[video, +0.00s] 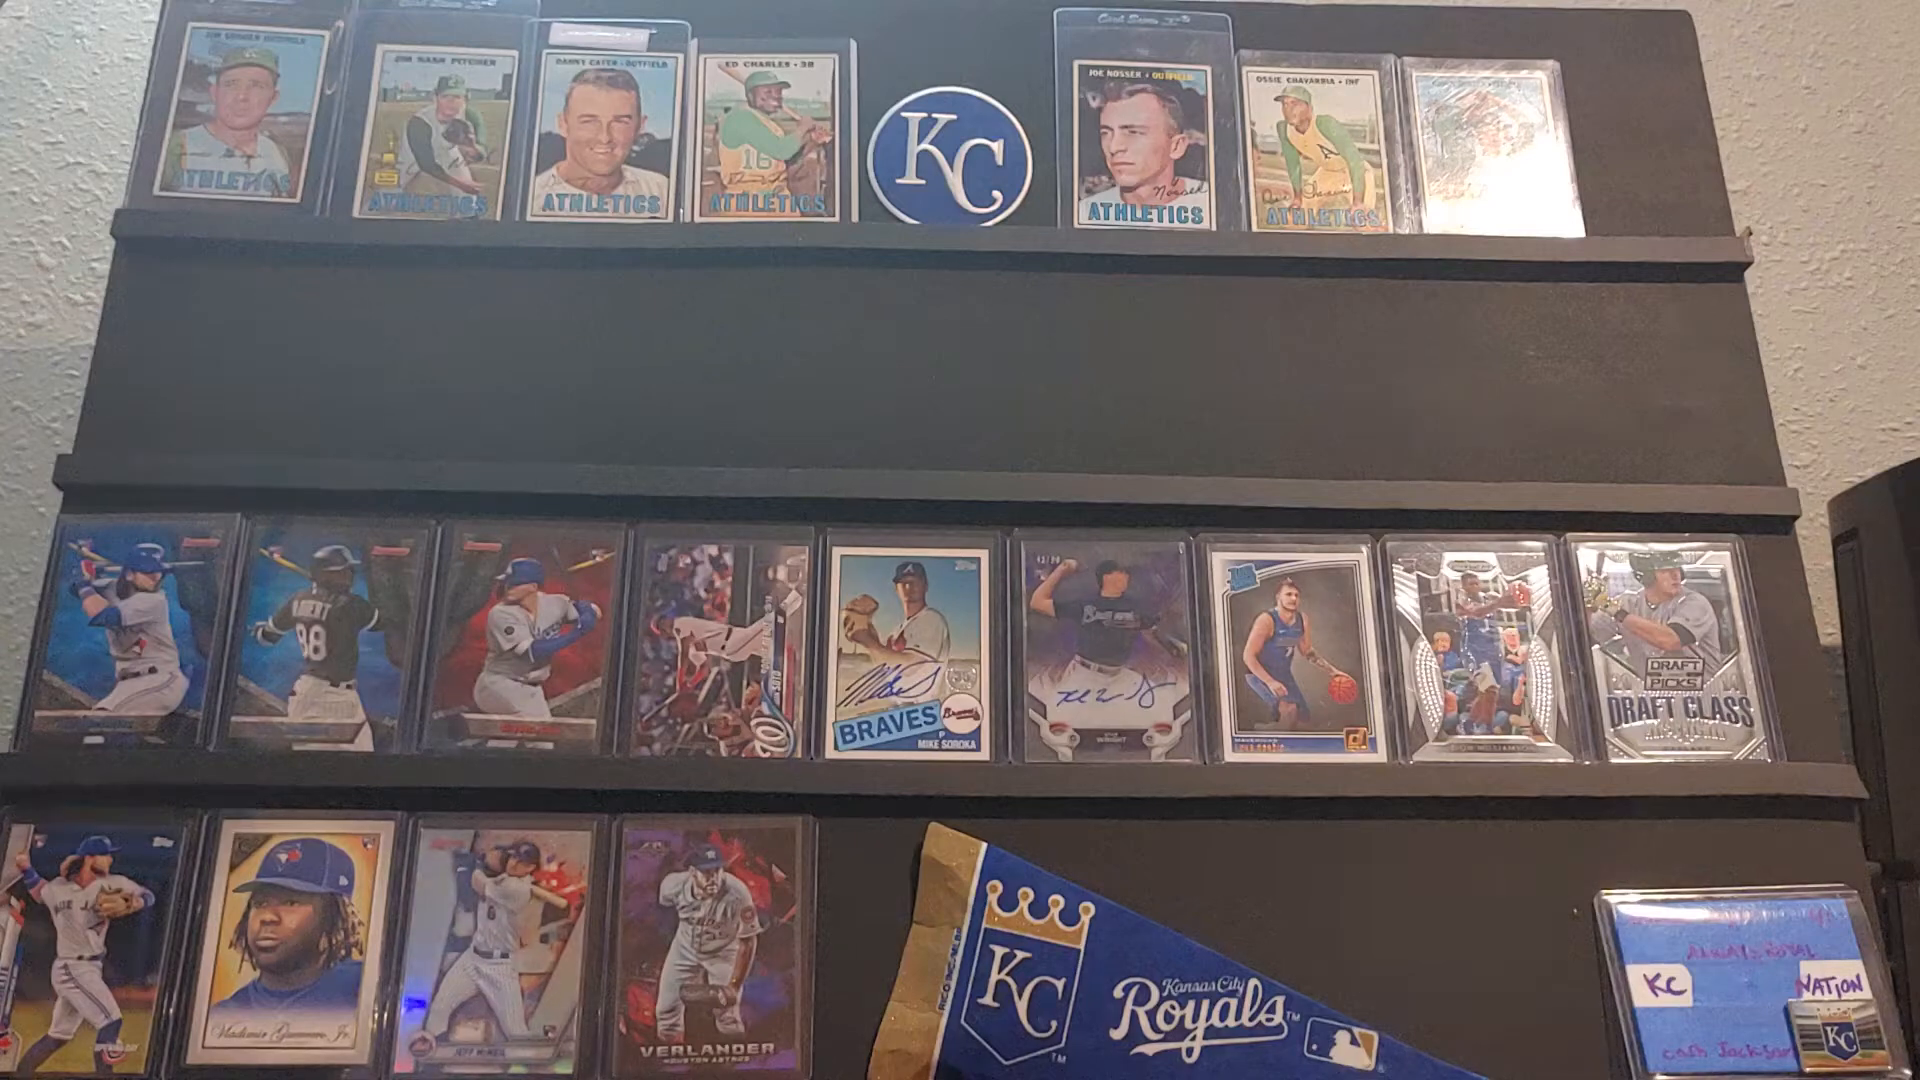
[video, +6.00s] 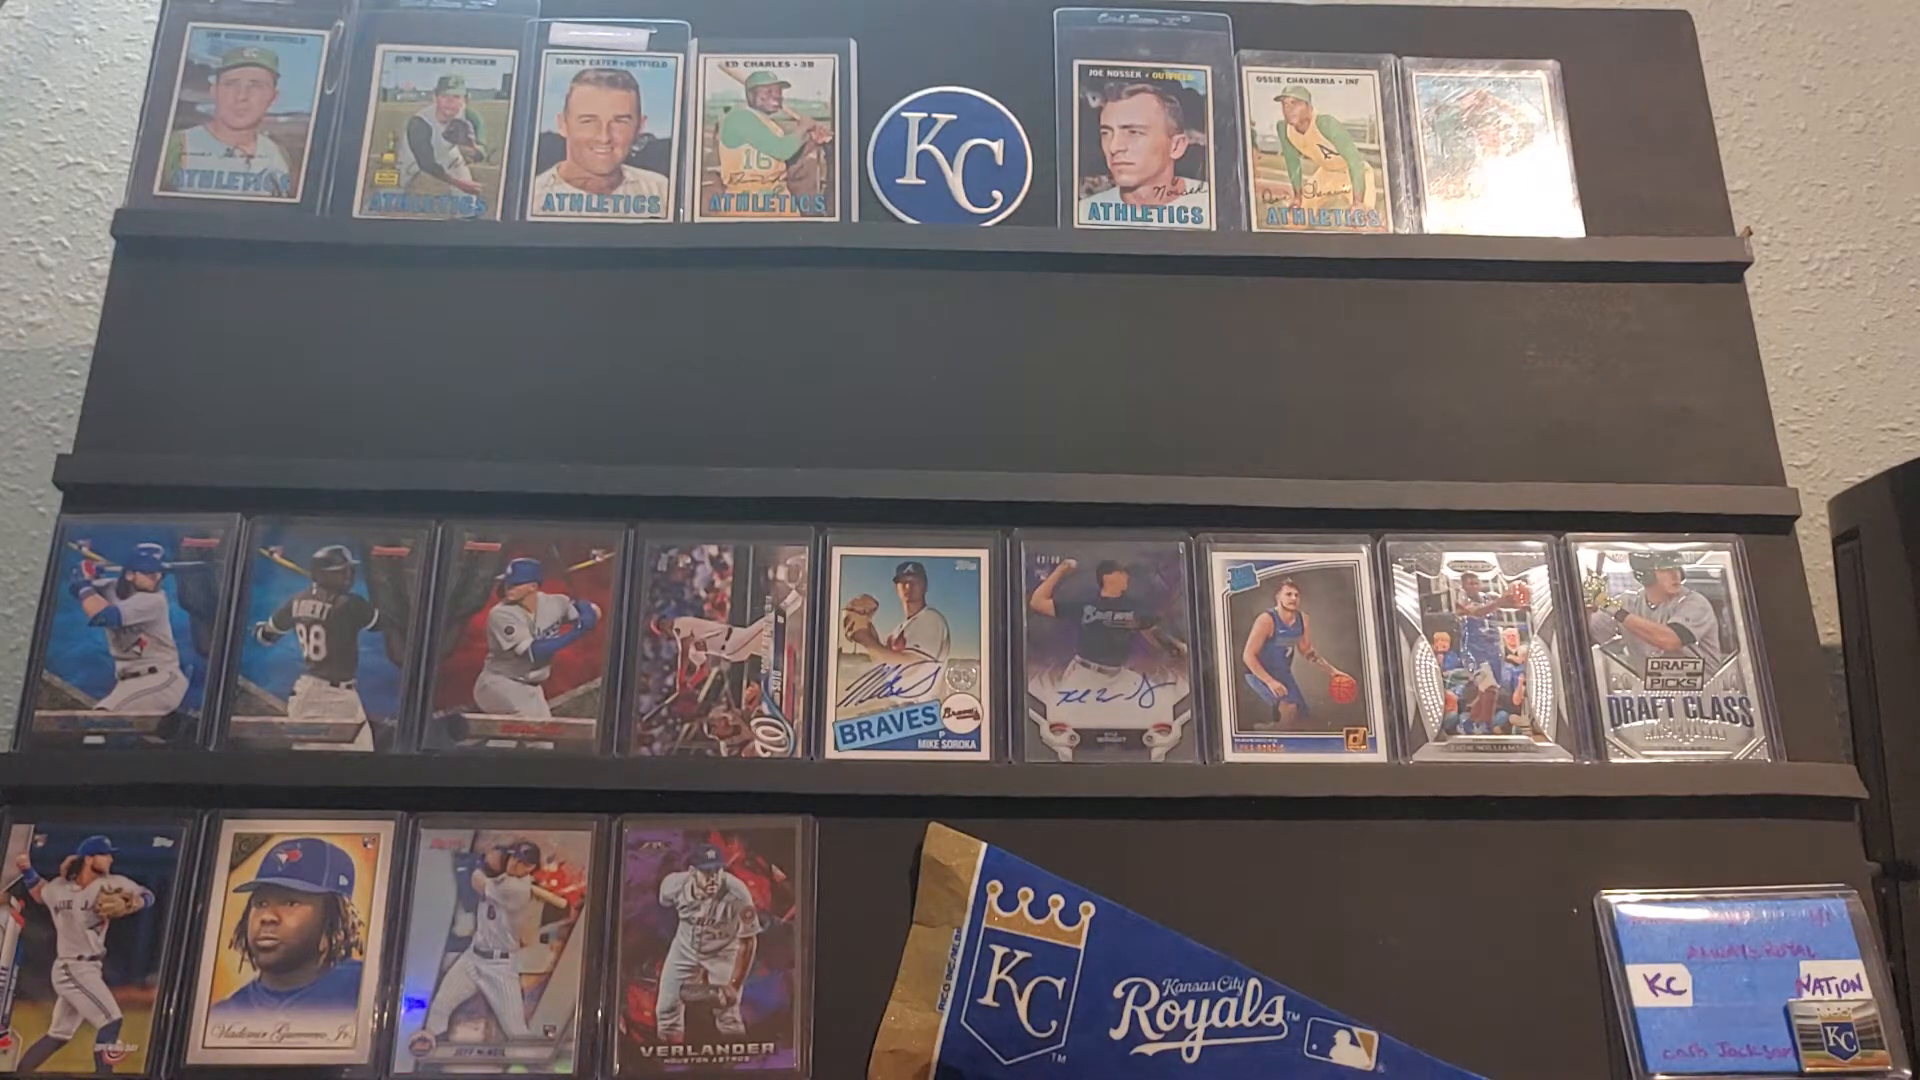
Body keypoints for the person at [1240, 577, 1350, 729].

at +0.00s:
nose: (1293, 599)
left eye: (1296, 595)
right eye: (1288, 595)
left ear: (1299, 599)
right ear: (1278, 598)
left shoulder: (1302, 619)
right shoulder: (1266, 620)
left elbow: (1307, 651)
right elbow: (1248, 656)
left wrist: (1333, 672)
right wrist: (1270, 682)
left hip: (1283, 673)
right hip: (1260, 673)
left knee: (1303, 716)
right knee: (1289, 708)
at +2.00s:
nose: (1293, 599)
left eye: (1296, 595)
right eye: (1288, 595)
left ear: (1299, 598)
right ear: (1278, 598)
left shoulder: (1302, 619)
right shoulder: (1265, 620)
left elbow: (1307, 651)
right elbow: (1248, 656)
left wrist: (1333, 671)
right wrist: (1270, 682)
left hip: (1283, 673)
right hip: (1260, 673)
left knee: (1302, 716)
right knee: (1289, 707)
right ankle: (1284, 750)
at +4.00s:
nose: (1294, 599)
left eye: (1296, 595)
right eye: (1288, 595)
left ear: (1299, 598)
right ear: (1278, 598)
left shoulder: (1302, 619)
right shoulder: (1266, 620)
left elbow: (1307, 650)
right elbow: (1248, 656)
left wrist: (1333, 671)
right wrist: (1270, 681)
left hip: (1283, 673)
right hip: (1260, 673)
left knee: (1302, 713)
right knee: (1289, 707)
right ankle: (1281, 750)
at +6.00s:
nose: (1293, 599)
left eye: (1296, 595)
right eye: (1288, 594)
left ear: (1300, 598)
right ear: (1278, 598)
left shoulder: (1302, 619)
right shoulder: (1266, 620)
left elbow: (1307, 651)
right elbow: (1248, 656)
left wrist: (1332, 671)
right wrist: (1270, 681)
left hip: (1283, 672)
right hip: (1260, 672)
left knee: (1301, 713)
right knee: (1289, 706)